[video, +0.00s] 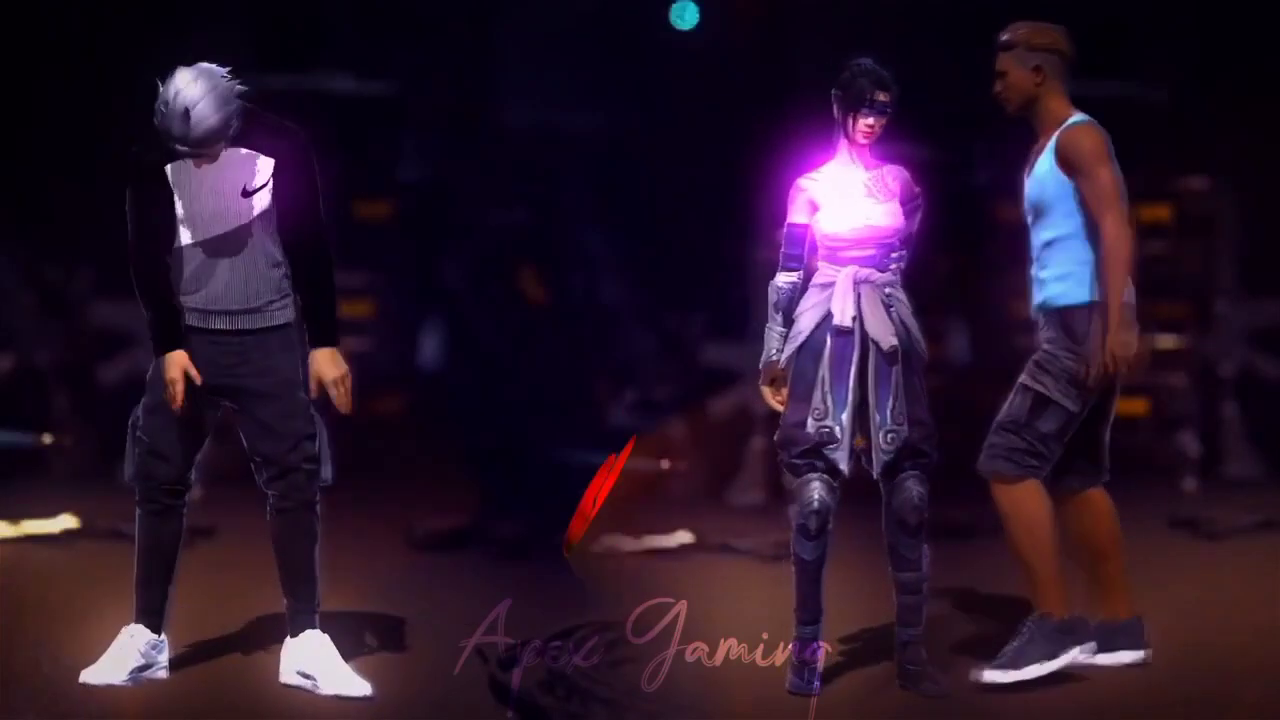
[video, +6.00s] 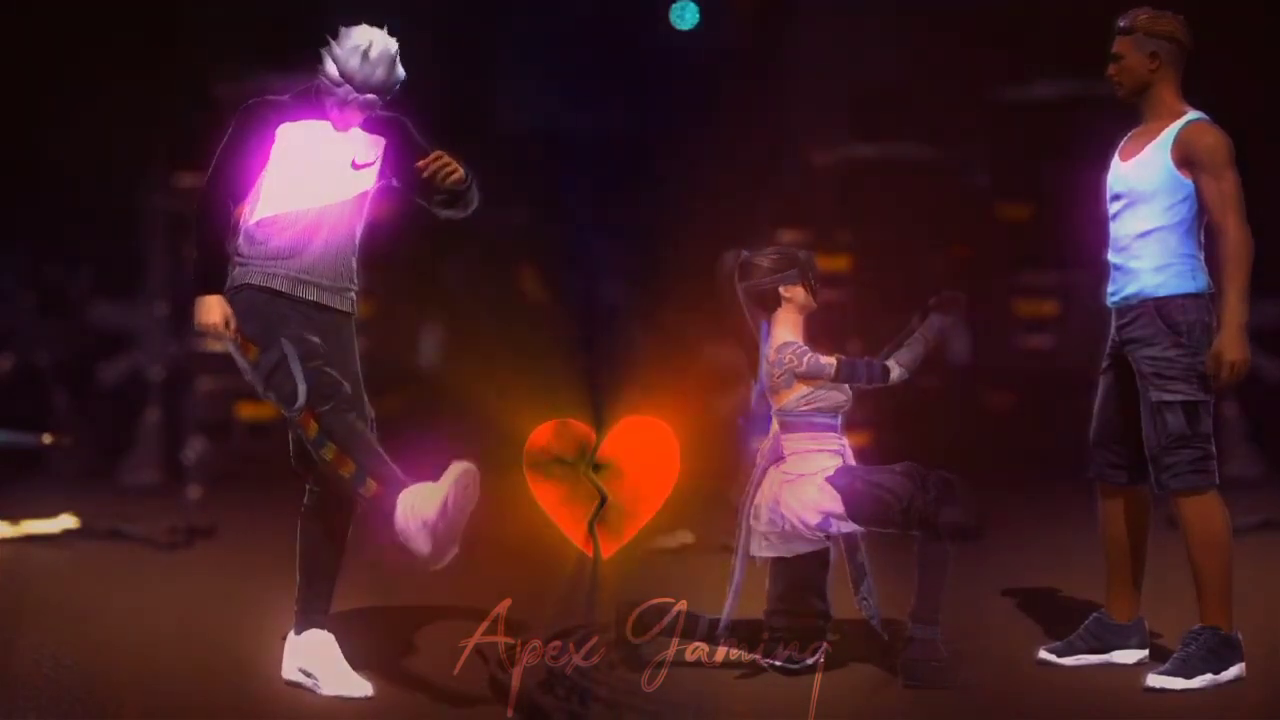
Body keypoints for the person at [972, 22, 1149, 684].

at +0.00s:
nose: (997, 84)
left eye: (1004, 73)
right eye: (997, 74)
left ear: (1040, 74)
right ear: (1033, 76)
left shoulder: (1080, 136)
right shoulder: (1050, 144)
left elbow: (1113, 224)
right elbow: (1068, 239)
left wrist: (1118, 317)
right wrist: (1047, 319)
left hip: (1079, 323)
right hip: (1070, 321)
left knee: (1007, 463)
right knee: (1076, 476)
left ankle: (1054, 621)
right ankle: (1120, 623)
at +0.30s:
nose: (1045, 71)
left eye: (1053, 61)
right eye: (1045, 62)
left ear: (1089, 63)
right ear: (1082, 64)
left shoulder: (1125, 129)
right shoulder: (1087, 136)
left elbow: (1168, 219)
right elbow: (1103, 233)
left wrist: (1178, 316)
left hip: (1117, 313)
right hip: (1101, 313)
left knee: (1077, 466)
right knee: (1129, 473)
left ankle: (1136, 623)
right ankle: (1123, 618)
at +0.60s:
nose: (1100, 71)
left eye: (1108, 60)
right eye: (1100, 61)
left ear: (1145, 63)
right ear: (1135, 65)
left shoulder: (1186, 134)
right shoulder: (1129, 141)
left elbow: (1225, 229)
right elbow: (1133, 242)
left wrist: (1227, 326)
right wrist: (1115, 323)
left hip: (1165, 321)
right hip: (1123, 323)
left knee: (1171, 476)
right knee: (1120, 475)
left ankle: (1213, 634)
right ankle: (1121, 623)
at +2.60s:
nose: (1113, 67)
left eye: (1123, 57)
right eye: (1113, 58)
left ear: (1159, 62)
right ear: (1142, 64)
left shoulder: (1200, 135)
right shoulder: (1132, 141)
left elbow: (1233, 233)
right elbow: (1133, 240)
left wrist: (1228, 327)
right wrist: (1118, 322)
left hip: (1173, 320)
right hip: (1125, 322)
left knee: (1190, 477)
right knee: (1117, 471)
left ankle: (1216, 636)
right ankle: (1121, 623)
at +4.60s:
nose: (1112, 68)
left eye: (1122, 58)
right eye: (1113, 59)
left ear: (1159, 62)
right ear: (1143, 64)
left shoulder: (1201, 135)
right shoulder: (1133, 141)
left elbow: (1234, 234)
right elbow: (1134, 240)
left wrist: (1228, 327)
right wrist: (1118, 320)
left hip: (1172, 319)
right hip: (1125, 322)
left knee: (1190, 476)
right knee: (1118, 471)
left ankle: (1216, 637)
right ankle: (1121, 623)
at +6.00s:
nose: (1110, 68)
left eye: (1120, 58)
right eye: (1111, 58)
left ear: (1157, 62)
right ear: (1141, 65)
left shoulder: (1199, 135)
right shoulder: (1131, 142)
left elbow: (1234, 233)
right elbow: (1135, 241)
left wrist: (1232, 328)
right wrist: (1119, 321)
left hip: (1172, 319)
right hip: (1125, 322)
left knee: (1189, 476)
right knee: (1115, 469)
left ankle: (1216, 637)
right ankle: (1120, 623)